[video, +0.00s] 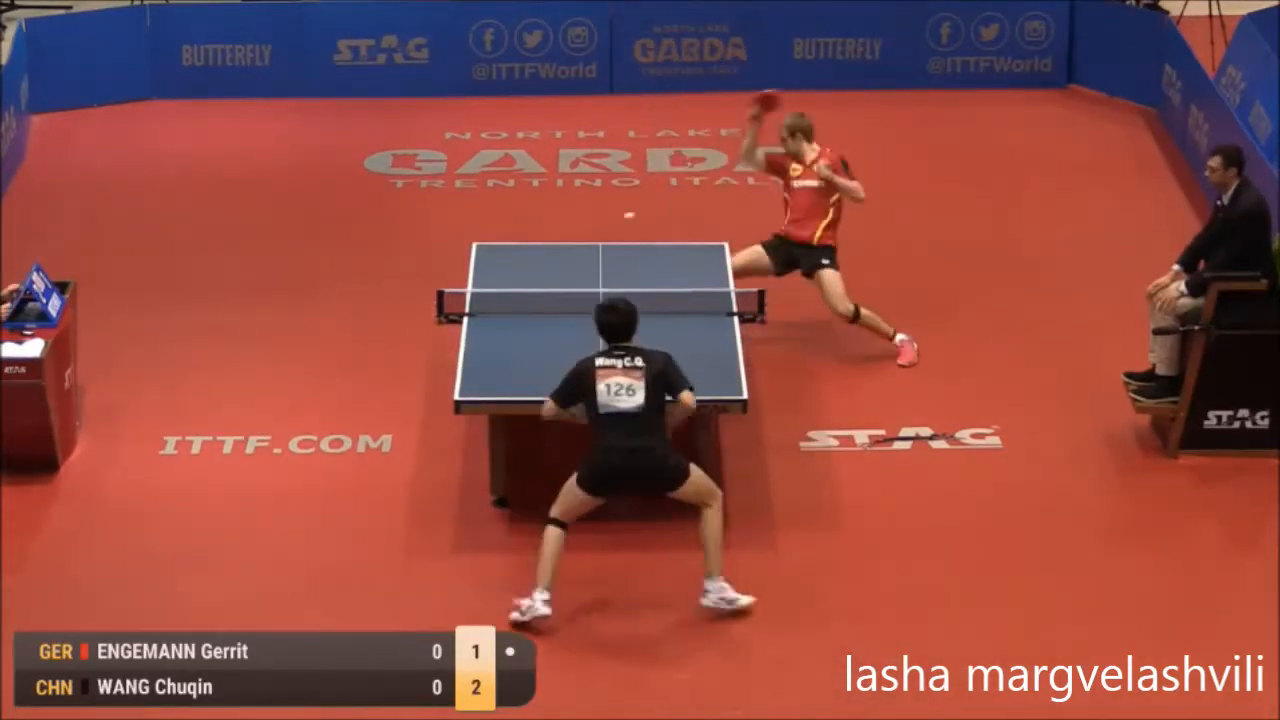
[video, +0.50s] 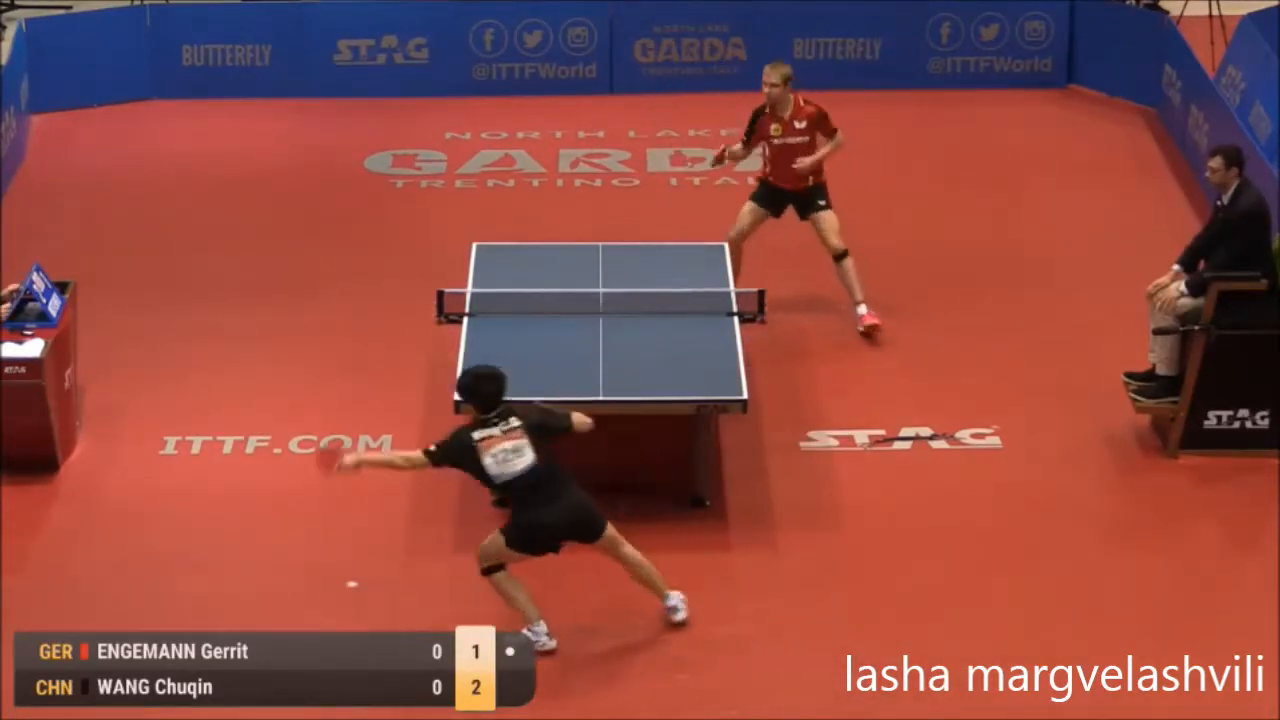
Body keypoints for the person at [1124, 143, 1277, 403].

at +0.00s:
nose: (1207, 175)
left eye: (1212, 170)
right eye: (1207, 169)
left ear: (1232, 172)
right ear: (1225, 172)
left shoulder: (1249, 206)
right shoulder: (1226, 199)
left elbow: (1229, 264)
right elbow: (1205, 240)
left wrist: (1183, 288)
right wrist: (1173, 274)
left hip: (1242, 292)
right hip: (1224, 280)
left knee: (1168, 307)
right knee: (1158, 297)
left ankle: (1168, 379)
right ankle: (1159, 370)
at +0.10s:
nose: (1207, 175)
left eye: (1213, 170)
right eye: (1207, 169)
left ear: (1232, 172)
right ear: (1224, 172)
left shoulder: (1249, 206)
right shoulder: (1226, 199)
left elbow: (1229, 264)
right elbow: (1205, 240)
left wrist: (1184, 288)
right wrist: (1173, 274)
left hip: (1242, 292)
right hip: (1224, 280)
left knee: (1168, 307)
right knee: (1159, 297)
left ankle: (1168, 379)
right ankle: (1159, 370)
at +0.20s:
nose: (1207, 175)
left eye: (1213, 170)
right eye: (1207, 169)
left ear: (1232, 172)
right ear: (1224, 172)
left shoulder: (1249, 206)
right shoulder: (1226, 199)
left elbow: (1229, 264)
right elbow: (1205, 240)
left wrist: (1183, 288)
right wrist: (1173, 274)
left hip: (1242, 292)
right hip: (1224, 280)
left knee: (1168, 307)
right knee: (1158, 297)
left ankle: (1168, 379)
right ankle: (1159, 370)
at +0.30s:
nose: (1207, 175)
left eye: (1213, 170)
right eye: (1207, 169)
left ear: (1233, 171)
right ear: (1224, 172)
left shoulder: (1249, 206)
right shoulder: (1226, 199)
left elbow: (1229, 264)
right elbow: (1205, 240)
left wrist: (1183, 288)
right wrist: (1173, 274)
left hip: (1242, 292)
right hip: (1224, 280)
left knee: (1168, 307)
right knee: (1158, 297)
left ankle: (1168, 379)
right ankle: (1159, 370)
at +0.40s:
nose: (1207, 175)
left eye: (1213, 170)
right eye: (1207, 170)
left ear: (1233, 171)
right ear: (1224, 172)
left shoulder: (1248, 206)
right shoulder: (1226, 199)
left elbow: (1229, 264)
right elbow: (1205, 240)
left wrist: (1183, 288)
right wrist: (1173, 274)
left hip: (1242, 292)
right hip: (1224, 280)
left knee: (1168, 307)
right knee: (1158, 297)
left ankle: (1168, 379)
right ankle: (1159, 370)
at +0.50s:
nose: (1207, 175)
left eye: (1213, 170)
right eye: (1207, 170)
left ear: (1233, 171)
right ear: (1224, 172)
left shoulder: (1248, 206)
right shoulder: (1226, 199)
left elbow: (1229, 264)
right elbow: (1205, 240)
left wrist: (1183, 288)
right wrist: (1173, 274)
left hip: (1242, 292)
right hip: (1224, 280)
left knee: (1168, 307)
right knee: (1158, 297)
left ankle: (1168, 379)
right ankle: (1159, 370)